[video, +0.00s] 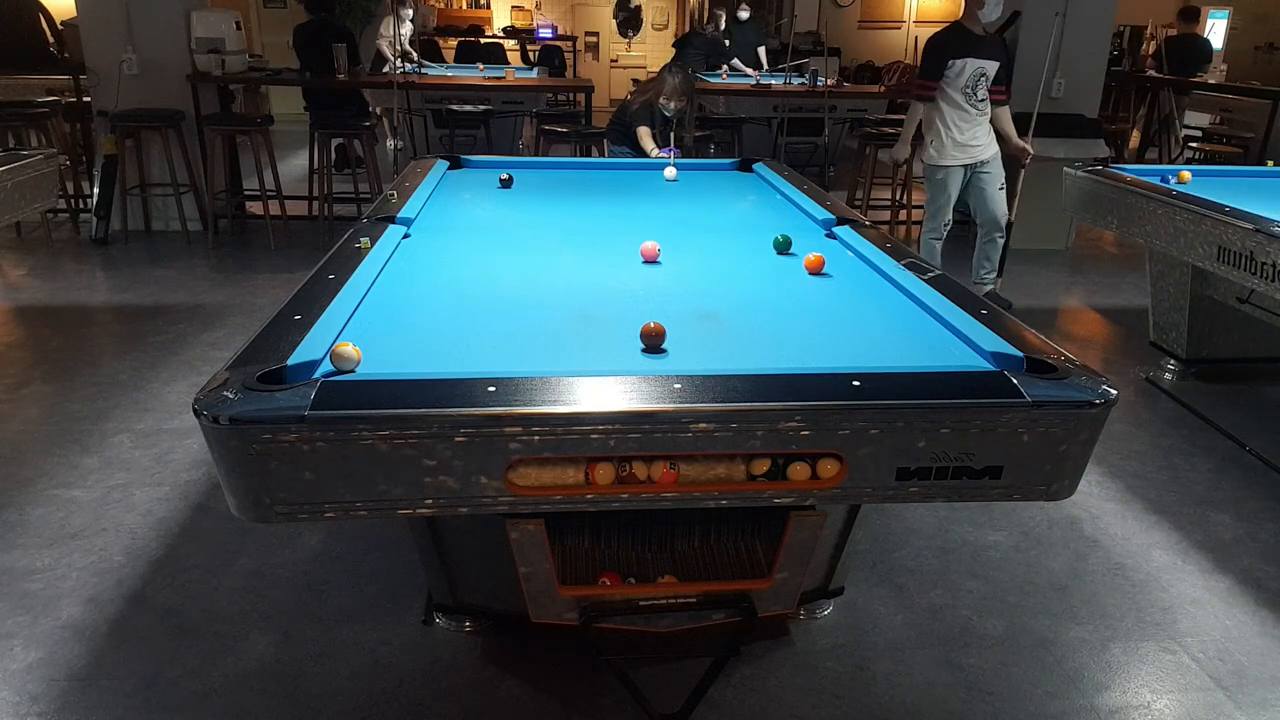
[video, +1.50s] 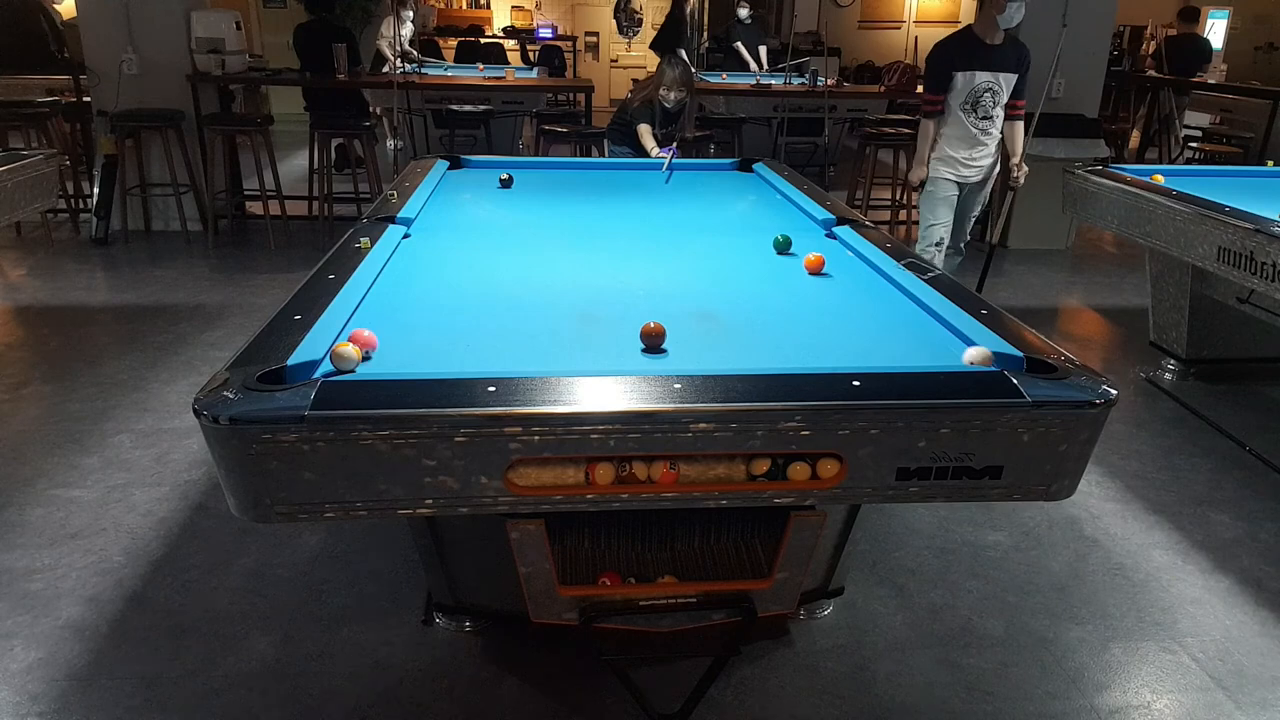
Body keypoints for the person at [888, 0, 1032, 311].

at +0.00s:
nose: (989, 6)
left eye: (993, 2)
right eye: (983, 1)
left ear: (996, 6)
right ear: (969, 2)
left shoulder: (998, 47)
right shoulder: (941, 42)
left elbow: (998, 104)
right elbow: (919, 98)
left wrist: (1014, 140)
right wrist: (903, 143)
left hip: (986, 152)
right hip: (945, 154)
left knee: (995, 220)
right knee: (936, 226)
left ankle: (984, 289)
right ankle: (927, 287)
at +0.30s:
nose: (987, 7)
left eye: (989, 3)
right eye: (981, 2)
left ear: (990, 7)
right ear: (967, 3)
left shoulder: (997, 47)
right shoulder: (935, 46)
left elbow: (997, 103)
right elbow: (917, 103)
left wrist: (1008, 140)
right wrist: (903, 147)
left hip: (978, 152)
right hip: (937, 152)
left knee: (973, 223)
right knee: (932, 225)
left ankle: (970, 293)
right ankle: (926, 288)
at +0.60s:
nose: (993, 8)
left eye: (994, 3)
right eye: (987, 2)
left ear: (994, 8)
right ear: (969, 4)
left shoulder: (999, 46)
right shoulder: (935, 46)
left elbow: (1002, 101)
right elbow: (929, 101)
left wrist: (1012, 141)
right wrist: (938, 144)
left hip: (976, 154)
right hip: (934, 151)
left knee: (952, 228)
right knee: (928, 226)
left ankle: (932, 292)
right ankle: (917, 289)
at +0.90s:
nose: (998, 6)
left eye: (1004, 3)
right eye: (994, 1)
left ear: (1010, 8)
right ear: (979, 2)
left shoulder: (1008, 49)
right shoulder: (942, 41)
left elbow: (1006, 109)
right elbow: (931, 100)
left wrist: (1011, 150)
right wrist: (930, 148)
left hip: (976, 159)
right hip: (935, 154)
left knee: (953, 236)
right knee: (927, 231)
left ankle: (932, 299)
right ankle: (915, 294)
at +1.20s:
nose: (1007, 6)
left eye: (1012, 2)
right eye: (1000, 1)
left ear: (1018, 8)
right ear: (983, 2)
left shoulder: (1016, 53)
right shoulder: (946, 41)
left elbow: (1012, 115)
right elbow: (919, 100)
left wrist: (1010, 160)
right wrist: (903, 146)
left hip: (981, 164)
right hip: (936, 158)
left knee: (956, 241)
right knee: (922, 235)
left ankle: (936, 299)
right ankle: (905, 298)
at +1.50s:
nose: (1014, 7)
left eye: (1017, 3)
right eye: (1007, 2)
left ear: (1018, 9)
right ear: (989, 4)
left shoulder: (1018, 55)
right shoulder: (946, 52)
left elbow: (1015, 114)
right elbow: (929, 114)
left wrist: (1016, 159)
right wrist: (919, 164)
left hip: (983, 171)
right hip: (943, 167)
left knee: (956, 247)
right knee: (932, 249)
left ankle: (936, 306)